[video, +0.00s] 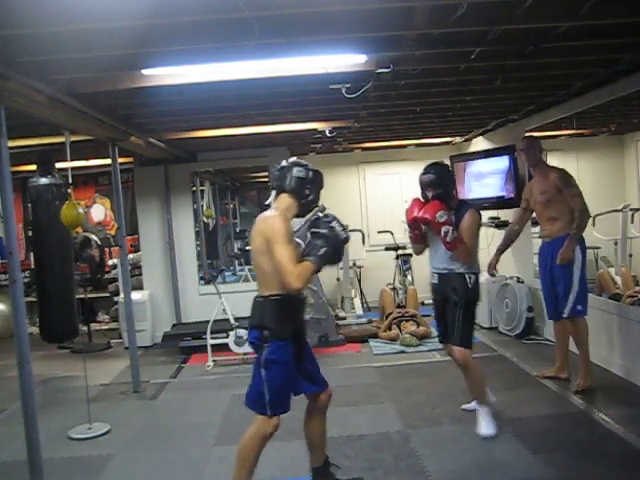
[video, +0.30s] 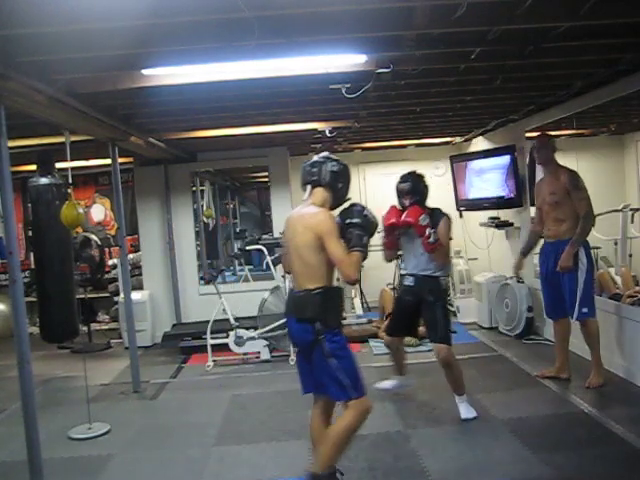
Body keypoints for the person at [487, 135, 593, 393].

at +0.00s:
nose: (524, 156)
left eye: (528, 150)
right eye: (522, 151)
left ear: (540, 151)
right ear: (521, 155)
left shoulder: (559, 176)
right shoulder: (529, 188)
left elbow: (583, 212)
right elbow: (517, 224)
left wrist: (571, 244)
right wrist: (498, 253)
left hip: (569, 246)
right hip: (547, 248)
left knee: (572, 312)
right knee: (556, 313)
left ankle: (585, 372)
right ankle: (560, 367)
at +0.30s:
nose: (537, 154)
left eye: (541, 149)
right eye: (535, 150)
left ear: (553, 151)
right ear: (534, 155)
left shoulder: (569, 177)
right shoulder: (538, 186)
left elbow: (588, 217)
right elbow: (538, 225)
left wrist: (570, 250)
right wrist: (522, 254)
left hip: (574, 250)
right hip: (549, 251)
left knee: (584, 312)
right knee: (557, 313)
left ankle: (597, 368)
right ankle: (561, 367)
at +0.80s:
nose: (548, 154)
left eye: (551, 150)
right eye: (546, 150)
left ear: (565, 149)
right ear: (551, 152)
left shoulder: (580, 176)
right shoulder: (558, 177)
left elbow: (611, 212)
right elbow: (566, 214)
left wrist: (583, 245)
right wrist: (556, 237)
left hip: (581, 251)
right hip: (559, 249)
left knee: (590, 312)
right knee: (559, 309)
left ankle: (597, 370)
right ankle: (563, 363)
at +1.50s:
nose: (518, 160)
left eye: (522, 155)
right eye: (516, 157)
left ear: (537, 153)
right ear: (519, 159)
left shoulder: (556, 176)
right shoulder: (531, 180)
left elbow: (593, 191)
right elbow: (541, 207)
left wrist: (572, 225)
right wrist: (537, 226)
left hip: (559, 248)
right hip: (538, 249)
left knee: (562, 313)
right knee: (551, 311)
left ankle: (590, 357)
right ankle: (564, 365)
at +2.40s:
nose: (519, 160)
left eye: (524, 155)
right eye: (518, 155)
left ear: (540, 155)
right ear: (519, 157)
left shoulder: (553, 180)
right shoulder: (529, 179)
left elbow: (591, 210)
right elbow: (537, 212)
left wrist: (566, 238)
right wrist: (533, 237)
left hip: (554, 255)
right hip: (531, 253)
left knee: (559, 315)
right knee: (528, 310)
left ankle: (562, 379)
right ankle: (550, 358)